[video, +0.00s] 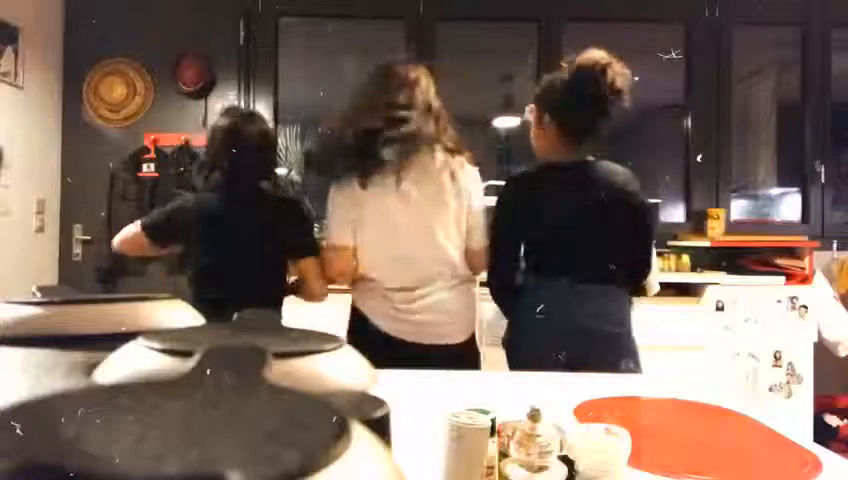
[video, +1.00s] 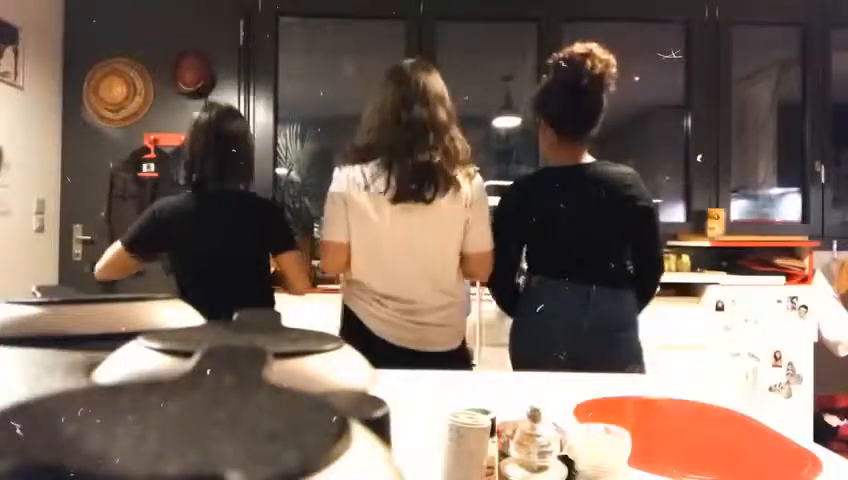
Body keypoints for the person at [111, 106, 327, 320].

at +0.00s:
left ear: (213, 155)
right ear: (269, 155)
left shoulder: (195, 208)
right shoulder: (288, 209)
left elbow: (123, 243)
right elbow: (315, 290)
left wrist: (173, 246)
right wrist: (285, 281)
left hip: (206, 342)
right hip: (267, 344)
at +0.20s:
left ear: (203, 144)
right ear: (261, 142)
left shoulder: (181, 199)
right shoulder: (283, 203)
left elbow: (115, 245)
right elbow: (304, 279)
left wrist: (181, 244)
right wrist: (271, 264)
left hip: (195, 338)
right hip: (263, 341)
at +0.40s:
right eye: (258, 139)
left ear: (201, 150)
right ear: (256, 151)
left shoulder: (179, 205)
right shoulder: (277, 208)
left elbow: (107, 253)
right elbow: (306, 282)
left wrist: (161, 247)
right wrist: (274, 267)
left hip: (197, 344)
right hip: (263, 345)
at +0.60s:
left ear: (197, 154)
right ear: (252, 155)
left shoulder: (176, 209)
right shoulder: (274, 211)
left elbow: (103, 258)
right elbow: (305, 284)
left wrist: (161, 243)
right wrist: (268, 279)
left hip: (195, 341)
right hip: (259, 342)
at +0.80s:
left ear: (190, 143)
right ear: (246, 143)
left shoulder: (168, 197)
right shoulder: (264, 201)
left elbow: (100, 241)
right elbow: (301, 274)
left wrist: (148, 232)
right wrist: (265, 267)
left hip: (192, 332)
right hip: (257, 333)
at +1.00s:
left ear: (192, 156)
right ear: (245, 155)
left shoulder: (169, 213)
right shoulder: (265, 212)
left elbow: (104, 270)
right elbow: (301, 285)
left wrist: (153, 252)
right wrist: (271, 270)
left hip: (200, 344)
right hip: (261, 345)